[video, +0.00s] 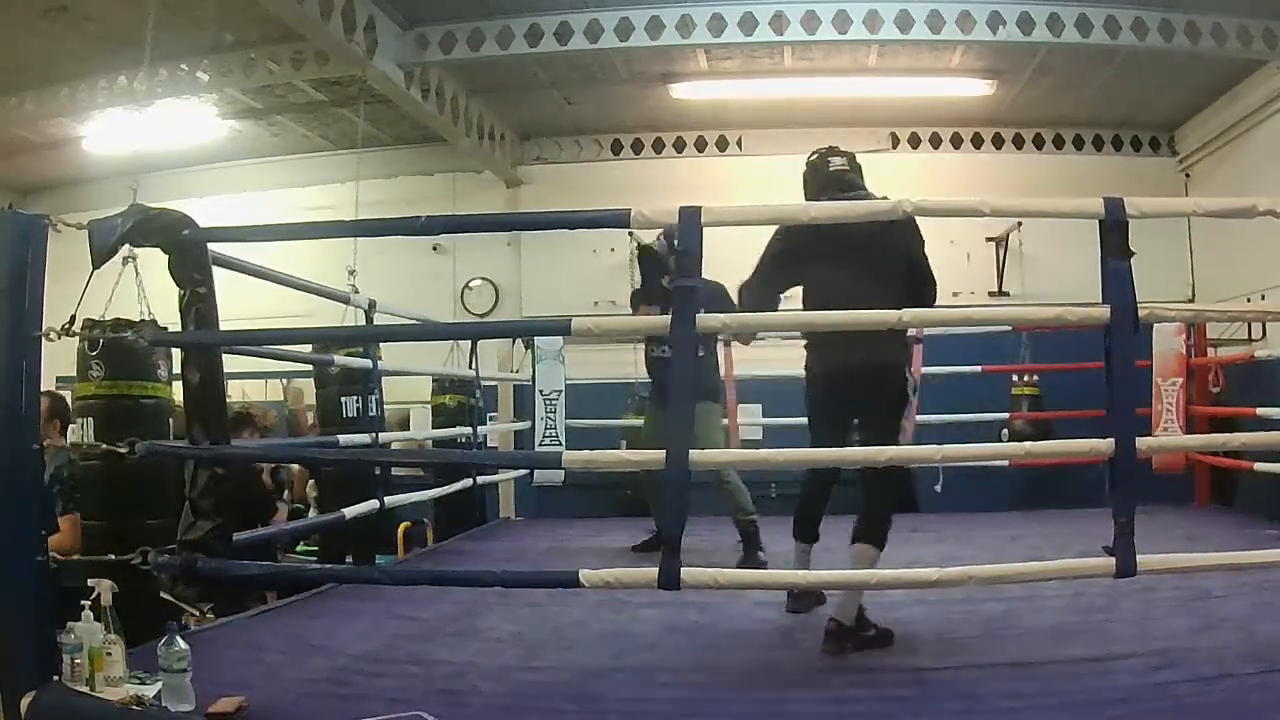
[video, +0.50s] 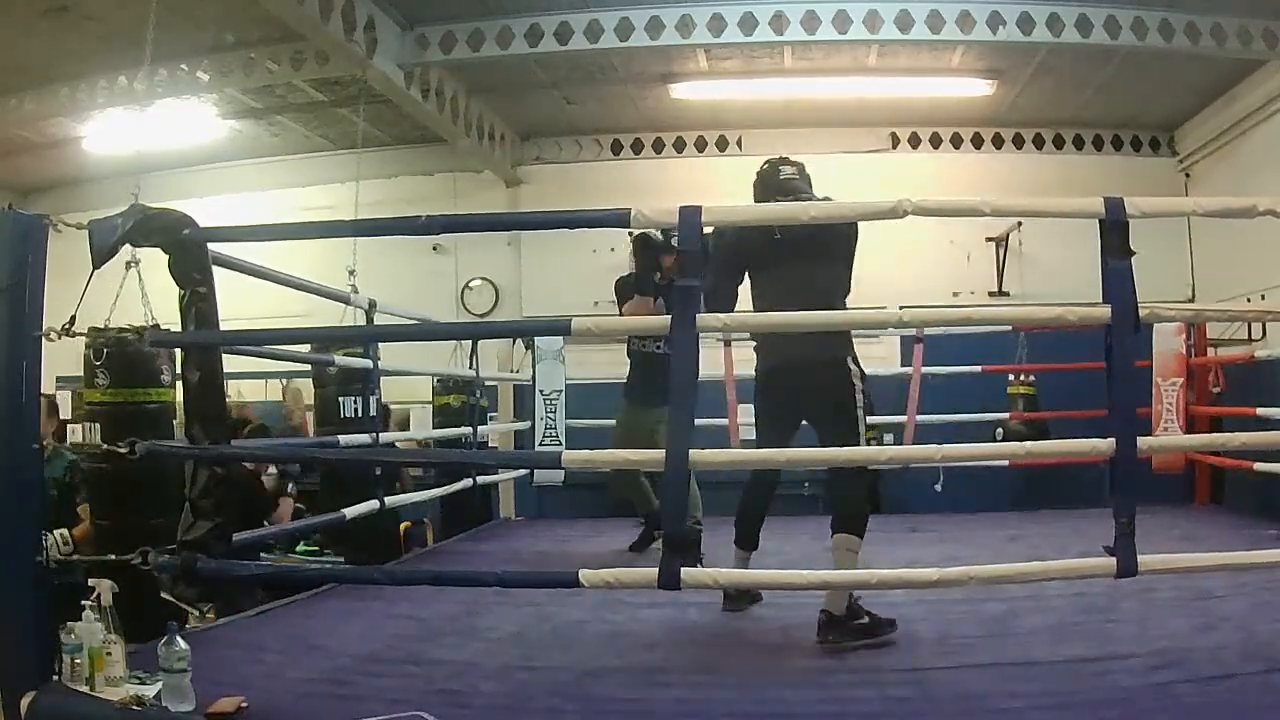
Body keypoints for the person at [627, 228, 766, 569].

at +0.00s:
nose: (670, 267)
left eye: (676, 260)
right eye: (665, 261)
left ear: (688, 257)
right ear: (659, 262)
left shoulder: (711, 291)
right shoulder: (650, 294)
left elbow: (741, 331)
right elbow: (641, 327)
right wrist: (654, 280)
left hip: (703, 394)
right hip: (663, 395)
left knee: (717, 464)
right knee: (651, 464)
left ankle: (751, 543)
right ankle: (665, 532)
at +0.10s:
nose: (665, 257)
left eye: (670, 251)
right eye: (661, 253)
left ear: (681, 254)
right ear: (650, 257)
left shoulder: (698, 286)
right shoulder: (642, 289)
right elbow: (639, 316)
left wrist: (678, 278)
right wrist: (639, 269)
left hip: (695, 387)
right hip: (656, 388)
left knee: (703, 460)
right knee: (653, 462)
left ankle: (723, 539)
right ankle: (664, 532)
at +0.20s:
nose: (665, 254)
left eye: (671, 248)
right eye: (659, 248)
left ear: (679, 252)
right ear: (647, 252)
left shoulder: (693, 283)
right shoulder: (635, 285)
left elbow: (729, 311)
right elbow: (633, 320)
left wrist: (729, 270)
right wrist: (635, 274)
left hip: (689, 387)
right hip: (651, 388)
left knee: (693, 461)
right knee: (655, 462)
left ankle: (705, 537)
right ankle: (665, 532)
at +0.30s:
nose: (666, 259)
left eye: (673, 252)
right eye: (660, 251)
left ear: (682, 255)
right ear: (648, 253)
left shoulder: (692, 285)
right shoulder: (635, 286)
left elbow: (727, 306)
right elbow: (628, 320)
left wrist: (719, 265)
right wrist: (634, 275)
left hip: (681, 391)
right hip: (645, 391)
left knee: (686, 463)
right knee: (652, 464)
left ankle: (694, 541)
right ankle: (664, 531)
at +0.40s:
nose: (673, 260)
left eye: (679, 254)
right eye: (668, 253)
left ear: (687, 257)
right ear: (655, 253)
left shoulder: (691, 287)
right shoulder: (632, 286)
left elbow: (719, 308)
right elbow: (632, 318)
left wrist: (712, 264)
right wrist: (637, 270)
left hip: (676, 392)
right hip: (641, 392)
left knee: (677, 463)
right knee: (642, 464)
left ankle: (690, 537)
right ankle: (661, 529)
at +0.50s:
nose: (679, 261)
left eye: (681, 255)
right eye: (673, 255)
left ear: (682, 258)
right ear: (659, 256)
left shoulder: (685, 288)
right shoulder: (629, 284)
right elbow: (639, 318)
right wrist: (647, 270)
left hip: (674, 396)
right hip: (638, 395)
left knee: (677, 465)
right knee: (622, 464)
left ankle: (690, 538)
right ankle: (653, 518)